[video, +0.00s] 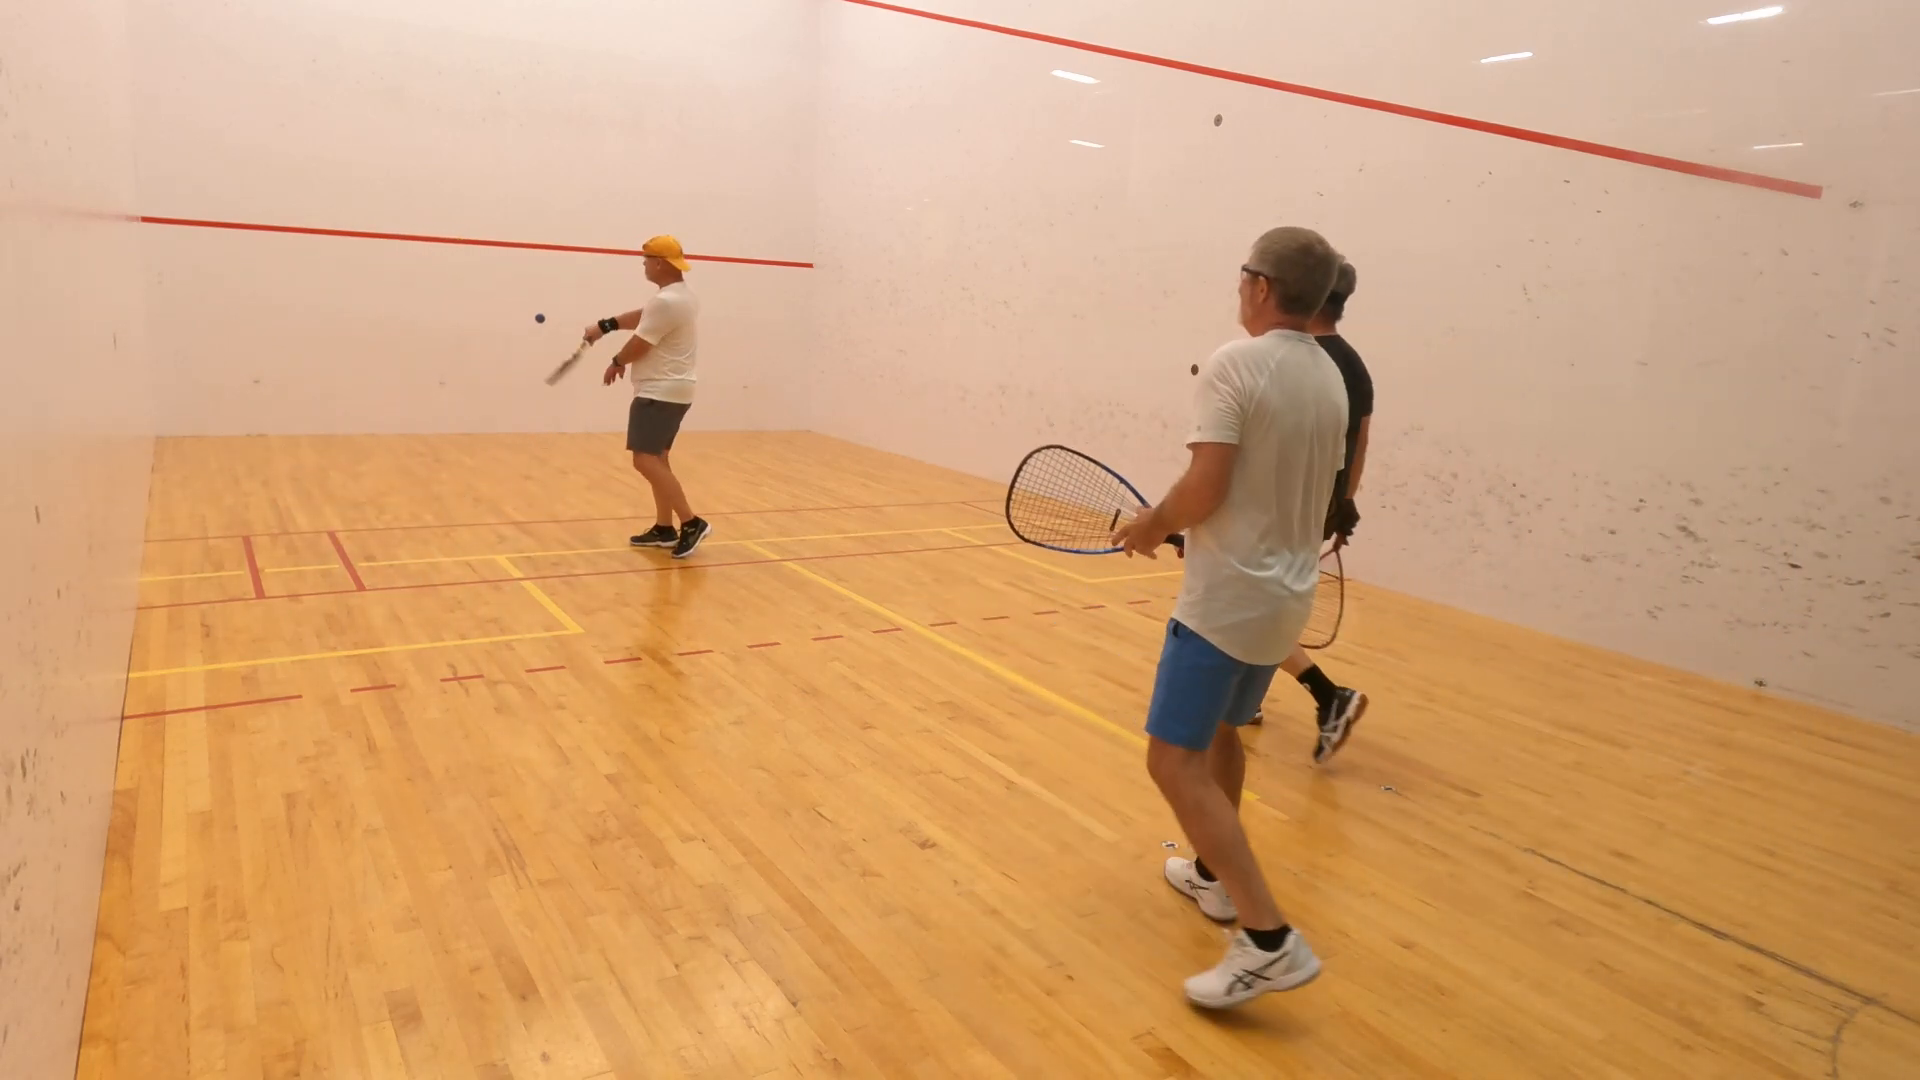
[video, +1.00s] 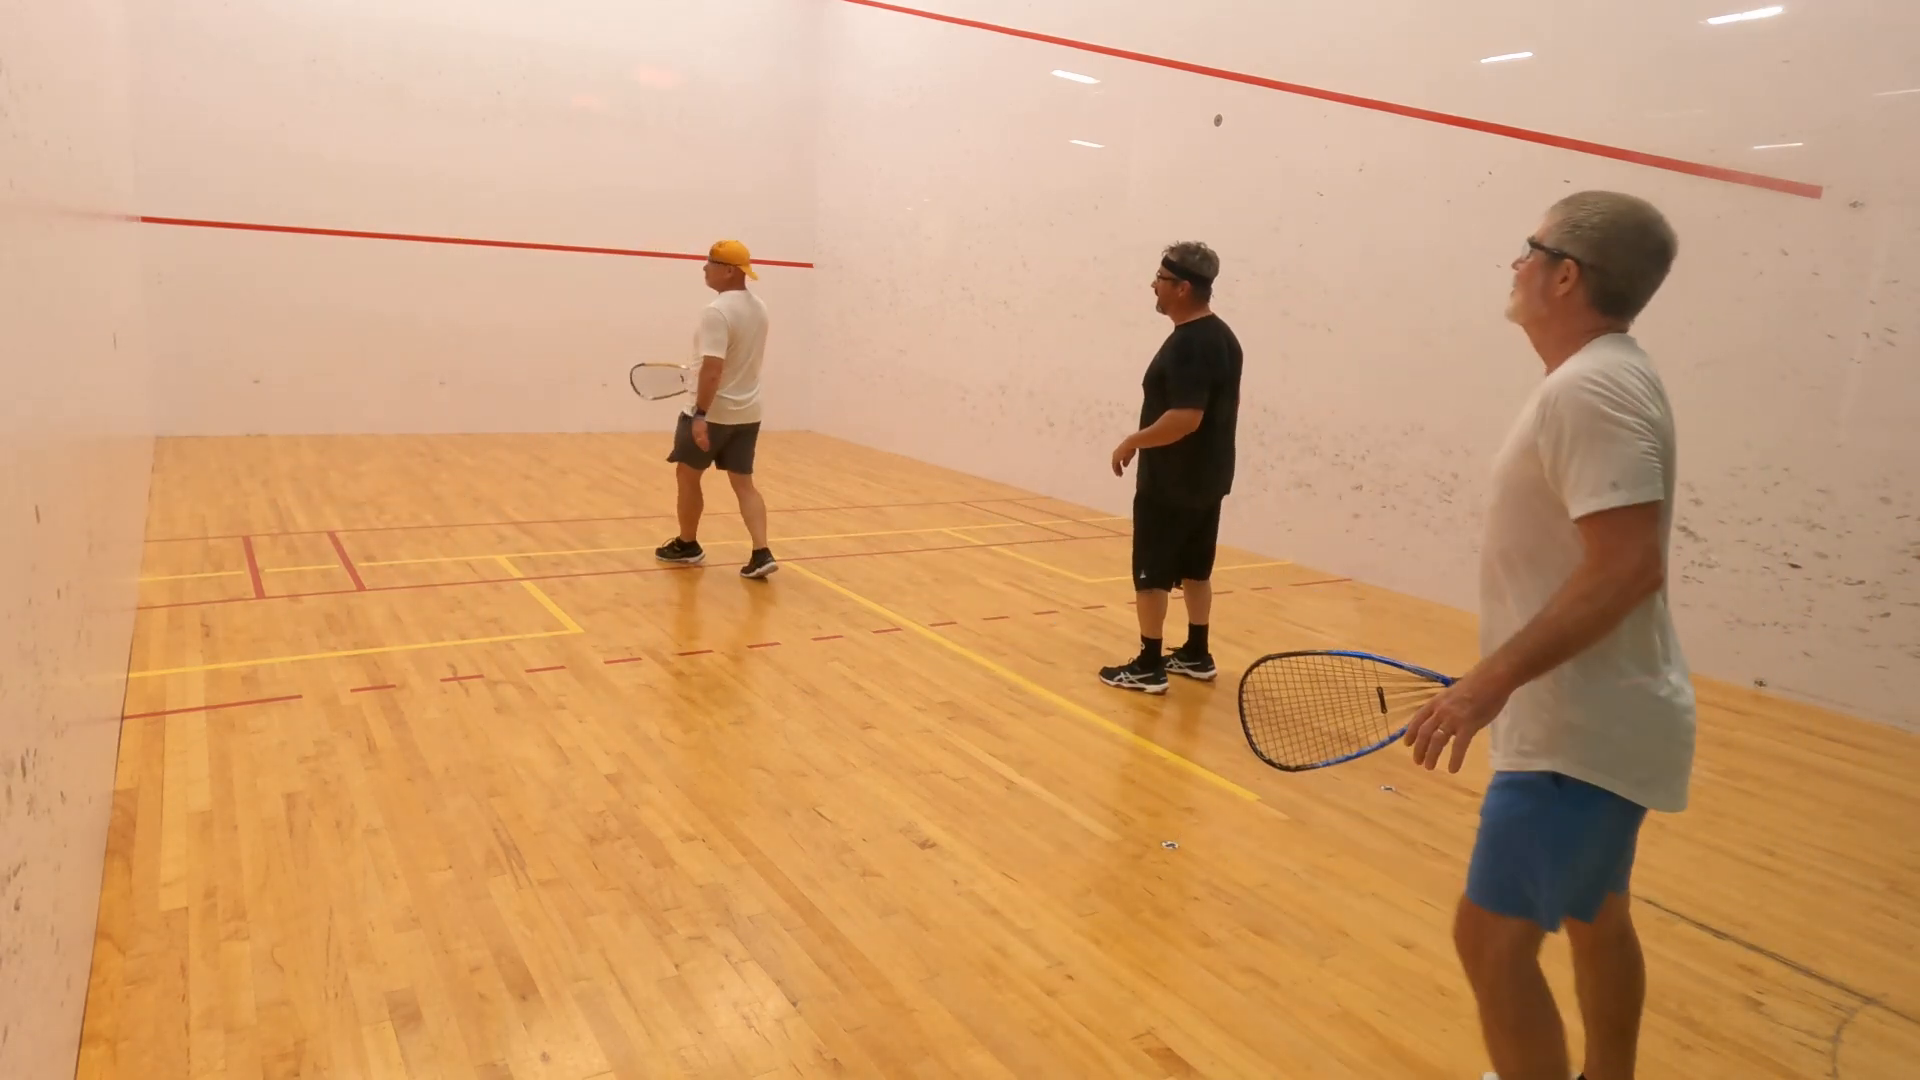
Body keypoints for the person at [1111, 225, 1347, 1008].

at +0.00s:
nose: (1238, 289)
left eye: (1244, 279)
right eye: (1243, 277)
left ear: (1260, 290)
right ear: (1316, 299)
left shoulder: (1236, 365)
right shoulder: (1331, 376)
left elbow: (1205, 489)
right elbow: (1314, 497)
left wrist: (1153, 522)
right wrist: (1185, 527)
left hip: (1225, 604)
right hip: (1286, 603)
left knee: (1172, 761)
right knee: (1226, 733)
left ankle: (1270, 939)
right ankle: (1212, 870)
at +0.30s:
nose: (1308, 294)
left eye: (1314, 285)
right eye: (1314, 282)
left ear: (1329, 299)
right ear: (1392, 310)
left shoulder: (1305, 388)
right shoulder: (1408, 399)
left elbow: (1275, 527)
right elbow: (1415, 528)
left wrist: (1208, 620)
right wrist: (1333, 594)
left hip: (1302, 627)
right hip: (1367, 629)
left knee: (1316, 837)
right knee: (1277, 753)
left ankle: (1382, 1030)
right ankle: (1221, 875)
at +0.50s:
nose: (1356, 278)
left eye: (1362, 268)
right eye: (1363, 265)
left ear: (1382, 286)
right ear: (1444, 295)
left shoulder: (1361, 389)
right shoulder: (1479, 389)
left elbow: (1350, 539)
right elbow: (1507, 523)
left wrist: (1299, 679)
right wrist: (1436, 601)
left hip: (1364, 657)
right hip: (1432, 653)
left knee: (1346, 843)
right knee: (1344, 790)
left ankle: (1381, 1034)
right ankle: (1339, 944)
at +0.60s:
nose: (1385, 276)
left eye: (1393, 264)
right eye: (1393, 262)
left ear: (1417, 283)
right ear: (1475, 293)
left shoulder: (1401, 388)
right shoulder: (1512, 388)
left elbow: (1397, 545)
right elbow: (1540, 525)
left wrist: (1346, 687)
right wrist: (1460, 599)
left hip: (1398, 673)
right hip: (1467, 668)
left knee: (1353, 837)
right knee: (1400, 812)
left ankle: (1378, 1031)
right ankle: (1442, 1000)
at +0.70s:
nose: (1421, 271)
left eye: (1431, 262)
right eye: (1429, 258)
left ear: (1460, 287)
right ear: (1506, 297)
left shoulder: (1443, 391)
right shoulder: (1539, 387)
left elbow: (1452, 553)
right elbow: (1569, 532)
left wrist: (1386, 691)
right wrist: (1492, 611)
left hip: (1435, 687)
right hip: (1509, 687)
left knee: (1370, 844)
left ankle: (1378, 1033)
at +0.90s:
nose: (1484, 273)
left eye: (1495, 261)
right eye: (1491, 257)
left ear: (1529, 284)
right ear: (1561, 293)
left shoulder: (1541, 383)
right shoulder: (1587, 379)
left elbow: (1568, 554)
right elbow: (1582, 558)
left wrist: (1466, 682)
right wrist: (1476, 653)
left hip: (1542, 705)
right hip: (1601, 705)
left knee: (1452, 883)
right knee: (1566, 889)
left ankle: (1447, 1071)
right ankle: (1601, 1074)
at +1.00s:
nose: (1516, 263)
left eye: (1531, 251)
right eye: (1527, 248)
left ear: (1567, 279)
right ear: (1585, 284)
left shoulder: (1594, 386)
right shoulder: (1614, 377)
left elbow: (1627, 567)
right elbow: (1622, 566)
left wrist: (1482, 684)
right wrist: (1493, 680)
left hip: (1577, 728)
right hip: (1603, 724)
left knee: (1490, 938)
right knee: (1598, 913)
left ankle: (1545, 1075)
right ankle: (1607, 1074)